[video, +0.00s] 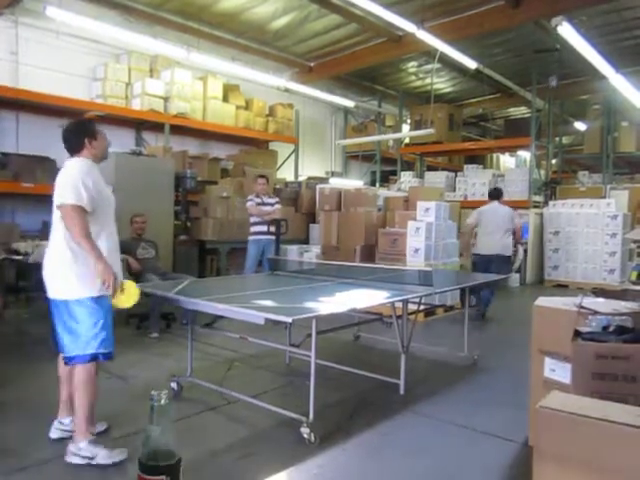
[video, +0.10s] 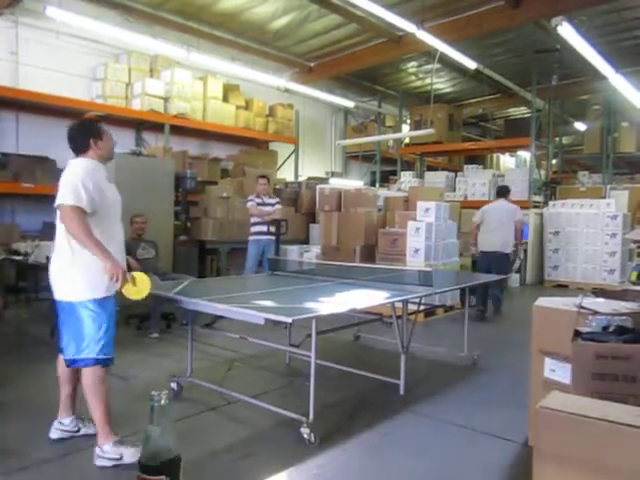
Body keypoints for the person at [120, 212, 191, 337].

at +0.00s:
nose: (140, 226)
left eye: (143, 223)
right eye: (137, 223)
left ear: (146, 225)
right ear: (131, 225)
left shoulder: (152, 244)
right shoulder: (125, 243)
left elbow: (156, 262)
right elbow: (114, 254)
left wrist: (161, 271)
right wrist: (128, 258)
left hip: (159, 273)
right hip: (142, 273)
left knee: (189, 281)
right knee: (160, 288)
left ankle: (186, 319)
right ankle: (154, 328)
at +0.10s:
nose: (140, 226)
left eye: (143, 223)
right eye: (136, 223)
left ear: (146, 225)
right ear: (131, 226)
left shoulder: (152, 244)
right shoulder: (126, 244)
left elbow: (155, 264)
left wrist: (165, 274)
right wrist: (128, 260)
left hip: (158, 274)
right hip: (142, 276)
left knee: (189, 281)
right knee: (158, 290)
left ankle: (186, 320)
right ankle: (154, 328)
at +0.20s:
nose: (140, 226)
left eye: (143, 223)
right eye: (136, 223)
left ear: (147, 225)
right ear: (131, 225)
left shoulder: (152, 244)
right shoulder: (128, 244)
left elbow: (156, 263)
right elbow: (130, 262)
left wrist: (161, 273)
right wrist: (141, 272)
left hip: (159, 274)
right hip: (143, 275)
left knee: (189, 281)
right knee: (162, 290)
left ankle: (186, 318)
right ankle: (155, 327)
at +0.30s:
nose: (142, 226)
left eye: (144, 223)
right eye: (139, 224)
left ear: (147, 225)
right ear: (134, 225)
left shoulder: (152, 245)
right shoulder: (130, 243)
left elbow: (156, 266)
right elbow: (132, 266)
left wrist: (165, 274)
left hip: (157, 274)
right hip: (142, 275)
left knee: (190, 282)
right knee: (158, 288)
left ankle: (186, 319)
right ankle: (154, 327)